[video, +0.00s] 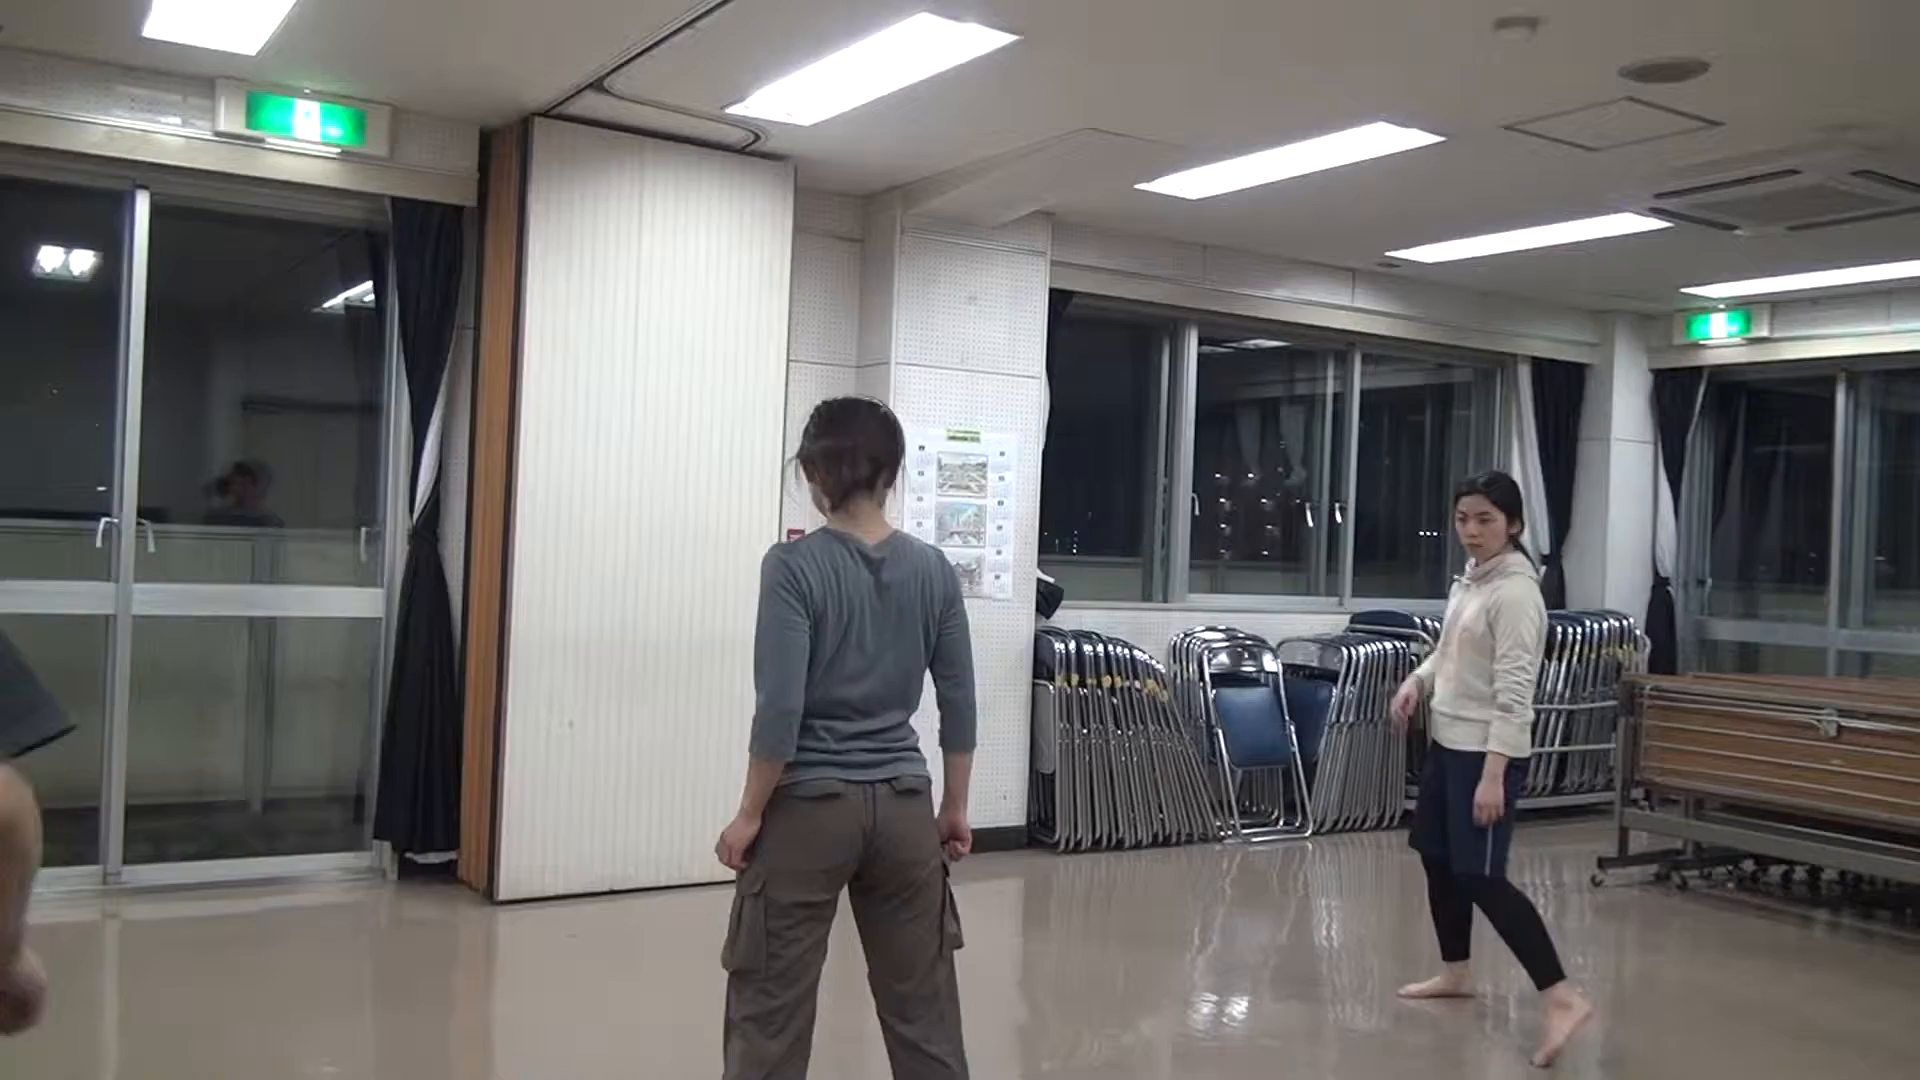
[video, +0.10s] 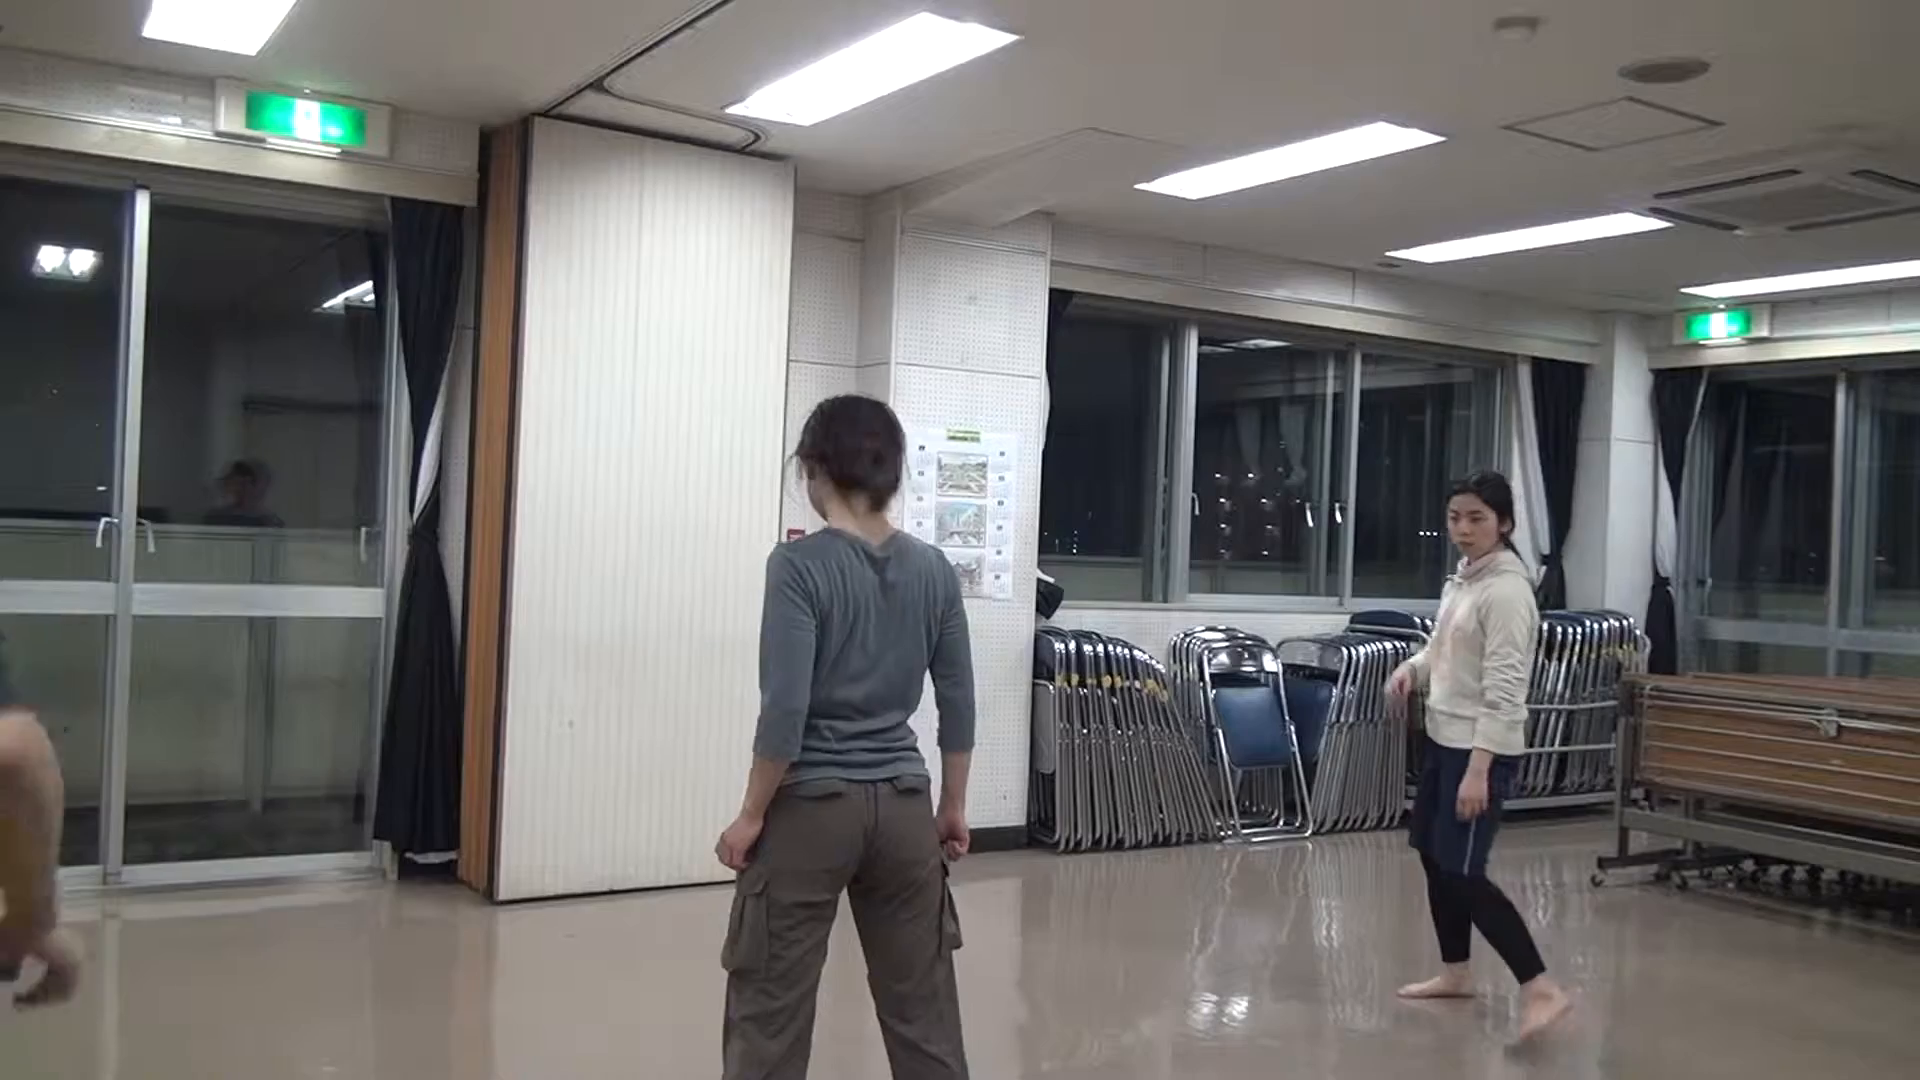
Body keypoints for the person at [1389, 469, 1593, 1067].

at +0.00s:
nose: (1469, 530)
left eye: (1481, 519)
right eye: (1462, 520)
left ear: (1510, 524)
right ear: (1457, 525)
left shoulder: (1516, 590)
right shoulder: (1472, 579)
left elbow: (1517, 689)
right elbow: (1450, 653)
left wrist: (1494, 772)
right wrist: (1416, 681)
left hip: (1483, 753)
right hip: (1445, 745)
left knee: (1479, 875)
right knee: (1435, 853)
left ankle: (1563, 999)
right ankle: (1454, 976)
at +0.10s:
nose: (1462, 528)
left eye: (1475, 518)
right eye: (1455, 518)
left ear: (1502, 523)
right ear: (1449, 522)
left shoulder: (1508, 590)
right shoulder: (1465, 578)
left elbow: (1506, 688)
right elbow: (1446, 649)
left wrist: (1479, 768)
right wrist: (1411, 669)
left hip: (1479, 750)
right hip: (1444, 742)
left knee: (1461, 870)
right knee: (1432, 849)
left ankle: (1542, 989)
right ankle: (1456, 973)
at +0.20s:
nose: (1453, 526)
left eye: (1466, 517)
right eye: (1446, 517)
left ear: (1493, 523)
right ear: (1440, 522)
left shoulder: (1498, 590)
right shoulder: (1455, 579)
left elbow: (1491, 688)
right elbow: (1448, 651)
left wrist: (1455, 762)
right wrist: (1415, 661)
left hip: (1479, 745)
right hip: (1444, 736)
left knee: (1435, 864)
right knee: (1429, 861)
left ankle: (1498, 982)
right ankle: (1455, 973)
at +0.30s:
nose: (1447, 527)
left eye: (1460, 517)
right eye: (1440, 517)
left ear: (1486, 524)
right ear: (1433, 523)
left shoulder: (1490, 588)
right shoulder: (1450, 578)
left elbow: (1482, 682)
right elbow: (1450, 665)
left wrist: (1441, 754)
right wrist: (1416, 663)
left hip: (1475, 744)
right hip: (1443, 736)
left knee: (1421, 857)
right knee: (1419, 857)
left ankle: (1459, 974)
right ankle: (1450, 971)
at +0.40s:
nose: (1441, 528)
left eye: (1454, 518)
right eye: (1434, 519)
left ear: (1479, 524)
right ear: (1427, 525)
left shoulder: (1482, 588)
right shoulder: (1445, 580)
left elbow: (1471, 685)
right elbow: (1441, 670)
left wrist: (1432, 757)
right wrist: (1412, 659)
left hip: (1467, 744)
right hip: (1438, 735)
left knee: (1409, 853)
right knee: (1424, 855)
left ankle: (1442, 976)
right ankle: (1454, 970)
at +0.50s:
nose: (1434, 529)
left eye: (1446, 520)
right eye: (1427, 520)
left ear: (1472, 524)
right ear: (1421, 524)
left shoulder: (1473, 586)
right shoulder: (1441, 577)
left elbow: (1465, 683)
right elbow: (1438, 668)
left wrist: (1427, 760)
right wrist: (1412, 657)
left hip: (1463, 741)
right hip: (1437, 733)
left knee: (1405, 853)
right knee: (1420, 853)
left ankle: (1427, 980)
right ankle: (1453, 968)